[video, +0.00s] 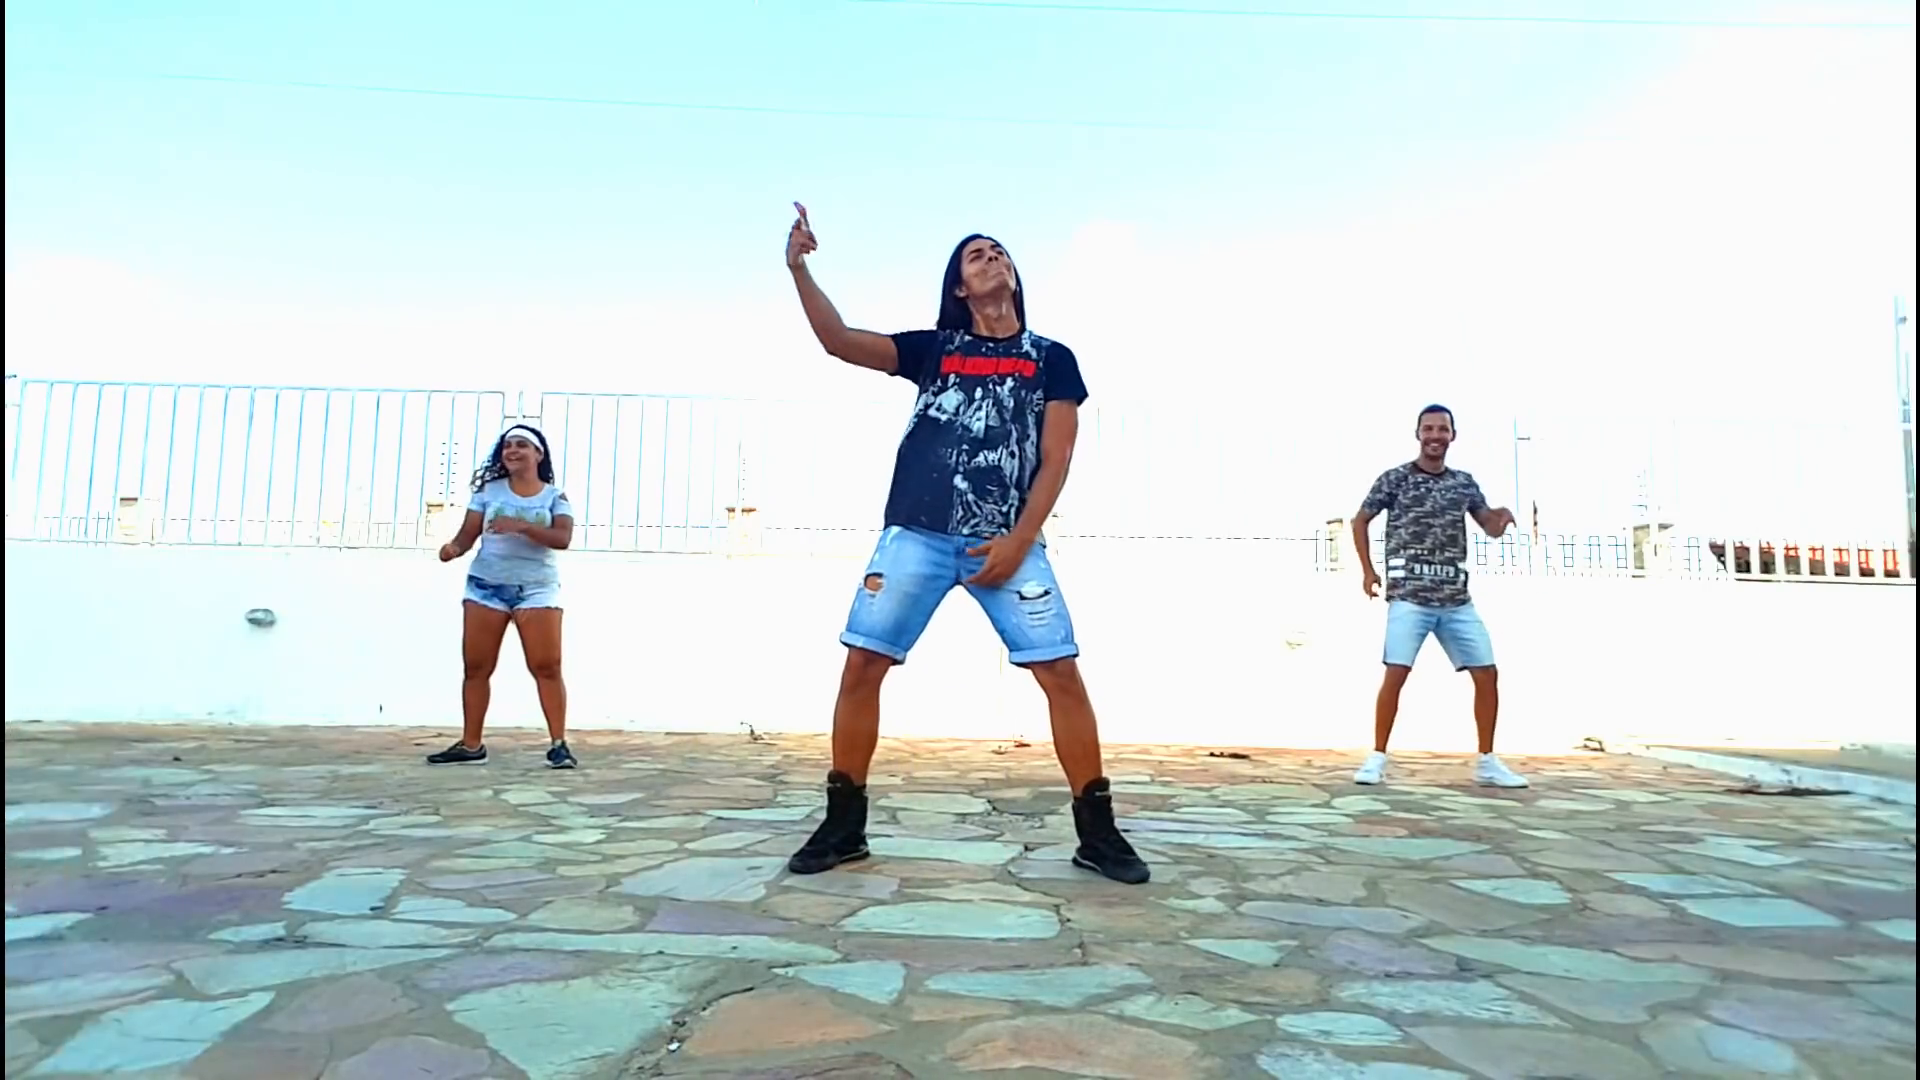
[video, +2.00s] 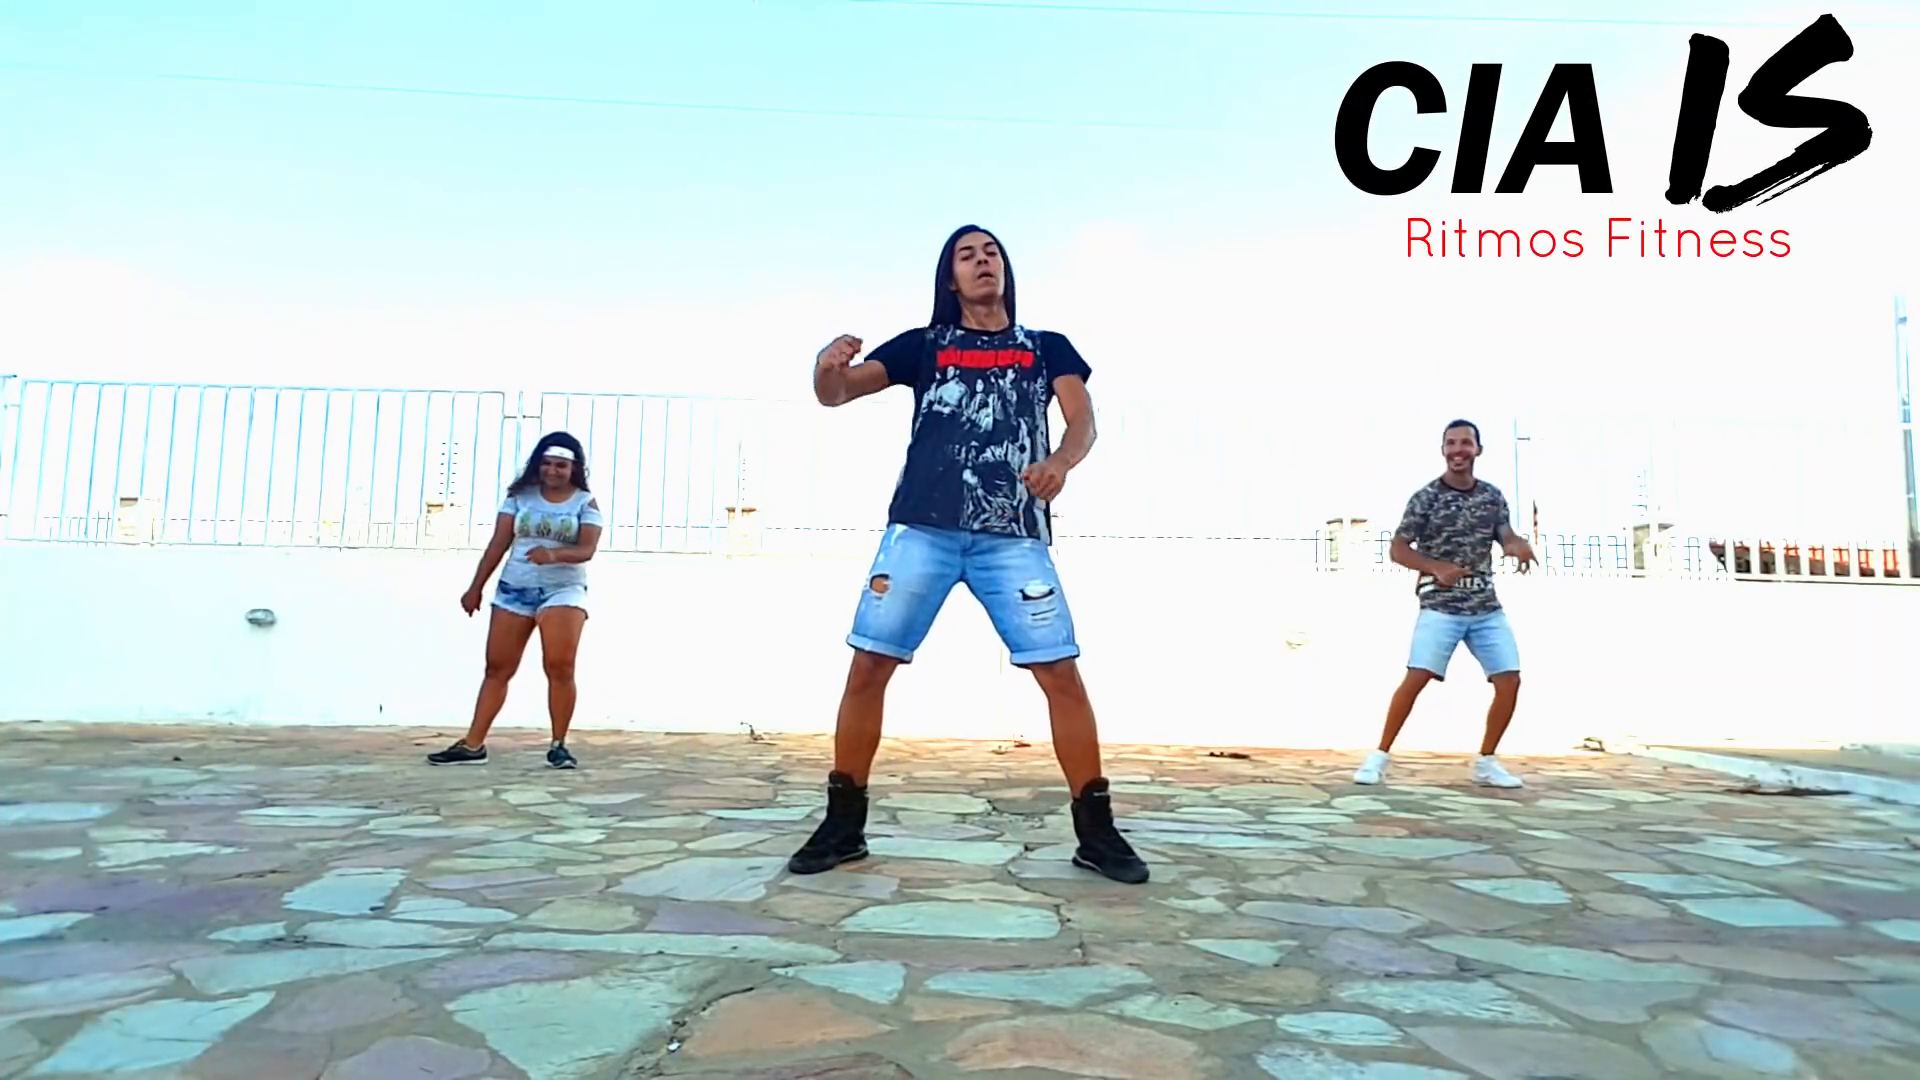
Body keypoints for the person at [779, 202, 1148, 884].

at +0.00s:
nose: (986, 256)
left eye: (994, 251)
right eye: (972, 257)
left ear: (1015, 277)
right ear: (958, 289)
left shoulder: (1051, 359)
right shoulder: (932, 350)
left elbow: (1056, 462)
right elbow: (840, 340)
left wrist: (1020, 539)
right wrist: (799, 267)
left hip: (1010, 541)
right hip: (917, 534)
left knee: (1061, 673)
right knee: (862, 666)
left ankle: (1098, 831)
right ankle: (843, 823)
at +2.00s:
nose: (982, 258)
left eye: (990, 251)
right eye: (967, 253)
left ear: (1007, 271)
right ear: (949, 277)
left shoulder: (1046, 347)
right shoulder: (923, 344)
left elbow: (1082, 423)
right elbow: (835, 394)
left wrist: (1059, 463)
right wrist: (829, 363)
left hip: (1013, 535)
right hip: (922, 529)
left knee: (1061, 672)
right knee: (868, 666)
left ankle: (1097, 831)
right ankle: (842, 825)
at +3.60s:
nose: (969, 272)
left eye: (980, 262)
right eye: (955, 263)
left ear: (998, 277)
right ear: (938, 281)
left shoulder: (1029, 343)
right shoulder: (916, 346)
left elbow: (1046, 370)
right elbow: (917, 385)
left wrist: (1018, 345)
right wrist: (933, 402)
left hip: (1020, 531)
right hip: (932, 529)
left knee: (1066, 669)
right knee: (868, 663)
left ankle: (1098, 831)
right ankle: (841, 824)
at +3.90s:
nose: (969, 271)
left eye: (979, 261)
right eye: (955, 264)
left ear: (997, 274)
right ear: (939, 281)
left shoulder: (1028, 337)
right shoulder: (924, 348)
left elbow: (1053, 365)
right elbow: (919, 407)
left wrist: (1029, 341)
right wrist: (878, 383)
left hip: (1018, 531)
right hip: (933, 527)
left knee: (1062, 669)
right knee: (872, 666)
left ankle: (1099, 831)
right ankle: (841, 824)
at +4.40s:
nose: (949, 268)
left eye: (961, 257)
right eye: (948, 260)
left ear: (997, 267)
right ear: (960, 280)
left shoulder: (1051, 336)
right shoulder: (937, 348)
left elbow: (1051, 372)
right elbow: (847, 403)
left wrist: (1005, 378)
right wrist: (791, 327)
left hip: (1018, 534)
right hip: (930, 529)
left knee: (1066, 667)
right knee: (877, 667)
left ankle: (1098, 831)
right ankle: (844, 825)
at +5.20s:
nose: (1005, 250)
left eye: (1009, 242)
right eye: (987, 246)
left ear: (1022, 263)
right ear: (962, 273)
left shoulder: (1058, 335)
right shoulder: (941, 354)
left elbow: (1052, 399)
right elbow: (895, 445)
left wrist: (1013, 444)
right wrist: (813, 454)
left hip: (1020, 537)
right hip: (931, 531)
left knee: (1074, 669)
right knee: (876, 667)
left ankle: (1100, 832)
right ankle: (843, 824)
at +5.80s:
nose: (921, 223)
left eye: (931, 213)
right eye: (907, 217)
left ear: (952, 226)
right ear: (893, 235)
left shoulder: (987, 300)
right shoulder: (874, 304)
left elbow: (1003, 338)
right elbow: (866, 376)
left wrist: (985, 348)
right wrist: (821, 366)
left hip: (967, 493)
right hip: (879, 490)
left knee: (1022, 628)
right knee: (816, 625)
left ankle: (1057, 784)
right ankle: (780, 783)